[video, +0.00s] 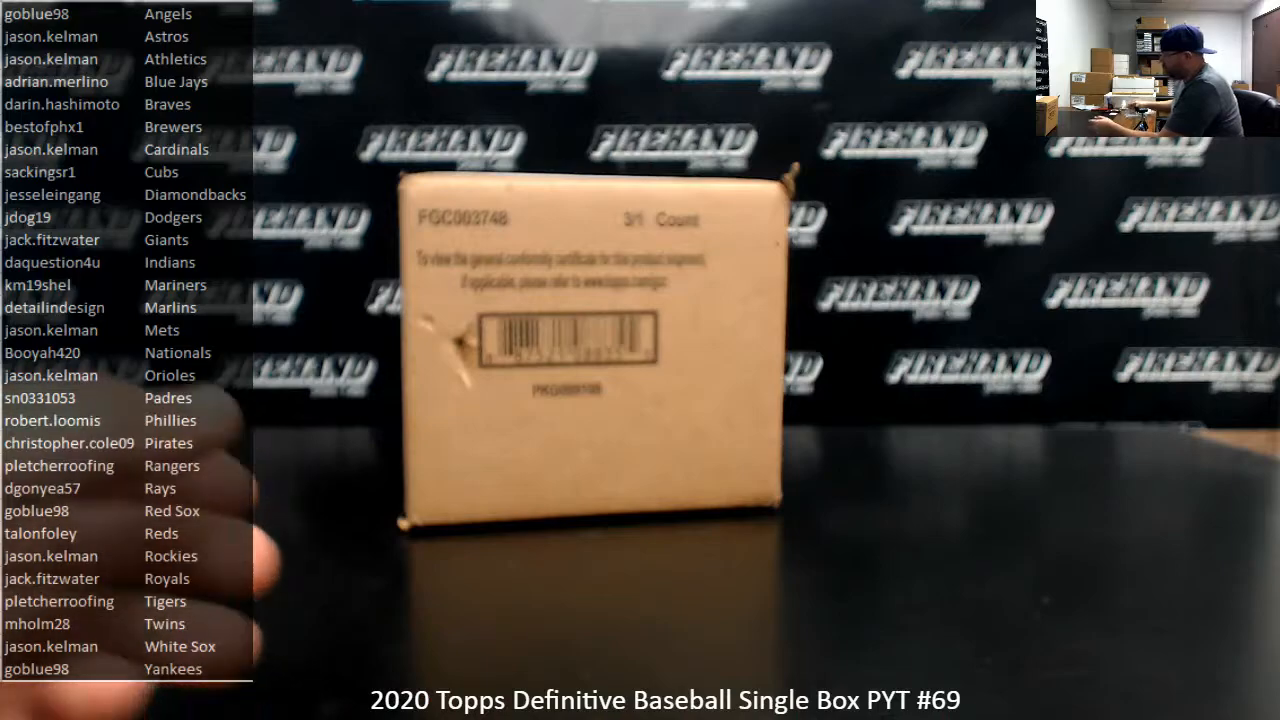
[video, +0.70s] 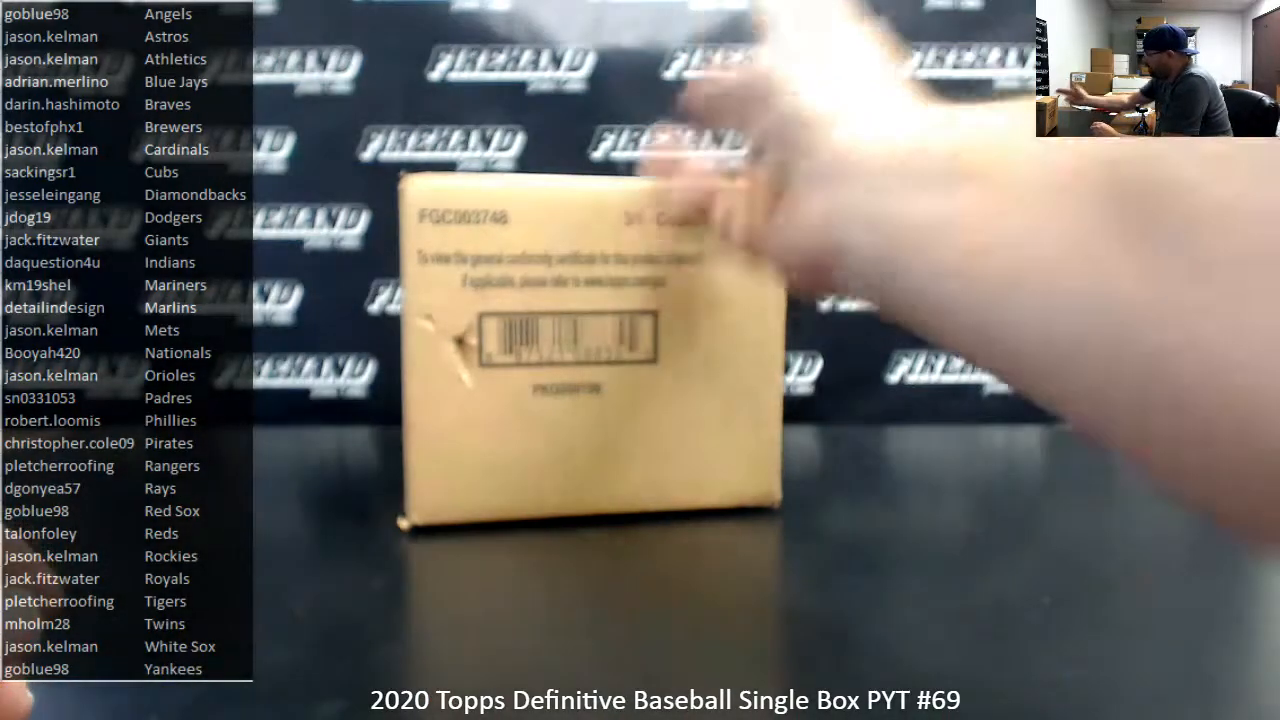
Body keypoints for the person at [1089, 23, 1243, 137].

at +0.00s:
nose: (1161, 61)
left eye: (1165, 55)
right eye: (1161, 55)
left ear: (1186, 57)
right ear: (1189, 57)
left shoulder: (1203, 88)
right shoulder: (1199, 79)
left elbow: (1164, 142)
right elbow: (1180, 106)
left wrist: (1113, 129)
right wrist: (1147, 105)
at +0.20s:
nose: (1162, 61)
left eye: (1166, 55)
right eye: (1163, 55)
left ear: (1187, 57)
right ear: (1188, 57)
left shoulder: (1203, 87)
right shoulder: (1188, 77)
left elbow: (1164, 143)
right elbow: (1165, 104)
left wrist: (1110, 133)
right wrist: (1128, 98)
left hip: (1218, 164)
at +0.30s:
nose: (1161, 61)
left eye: (1165, 55)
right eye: (1162, 55)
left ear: (1186, 57)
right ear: (1187, 57)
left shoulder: (1204, 86)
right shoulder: (1185, 78)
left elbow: (1166, 144)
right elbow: (1156, 101)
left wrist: (1112, 136)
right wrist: (1117, 98)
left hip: (1219, 163)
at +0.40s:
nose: (1156, 62)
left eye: (1161, 56)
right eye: (1157, 56)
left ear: (1182, 56)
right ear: (1181, 57)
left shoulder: (1200, 86)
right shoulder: (1178, 79)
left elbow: (1166, 146)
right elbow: (1138, 98)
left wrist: (1113, 135)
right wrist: (1100, 96)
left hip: (1218, 163)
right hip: (1196, 157)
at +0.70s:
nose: (1145, 62)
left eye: (1148, 56)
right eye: (1145, 56)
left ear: (1169, 55)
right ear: (1169, 55)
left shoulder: (1193, 82)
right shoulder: (1165, 78)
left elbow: (1173, 146)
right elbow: (1128, 101)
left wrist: (1114, 135)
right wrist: (1087, 100)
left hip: (1209, 159)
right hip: (1184, 154)